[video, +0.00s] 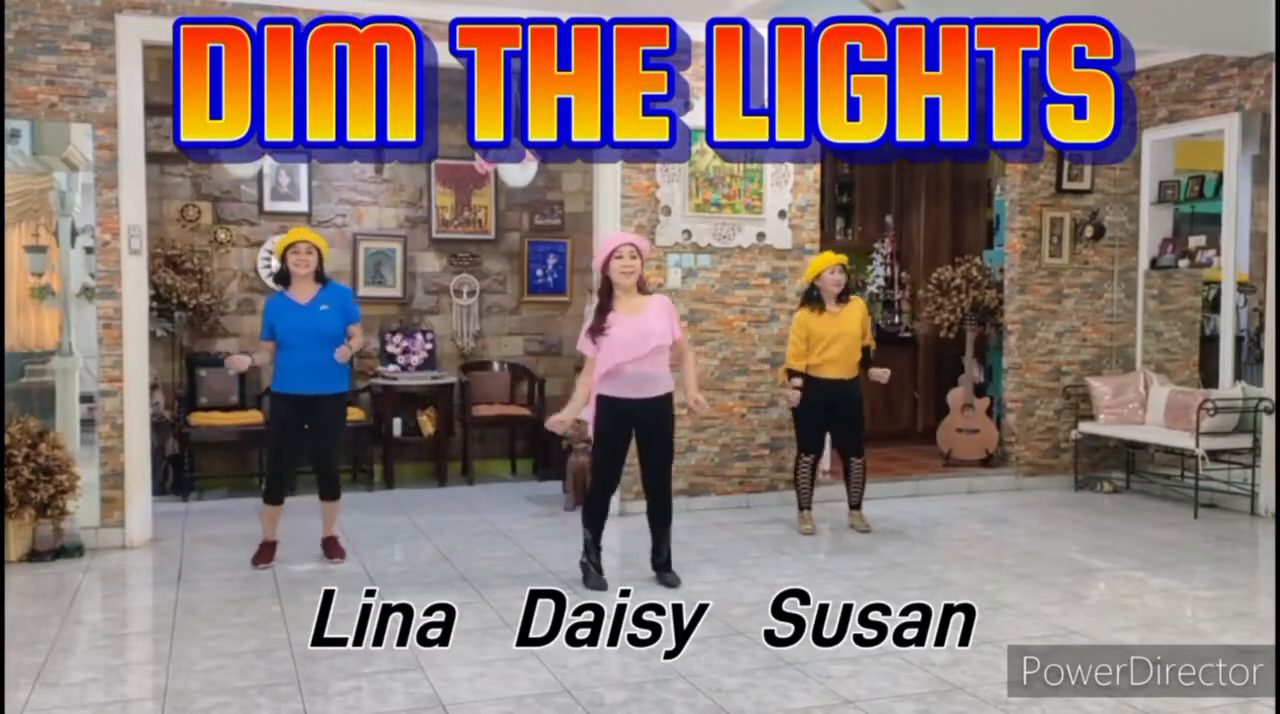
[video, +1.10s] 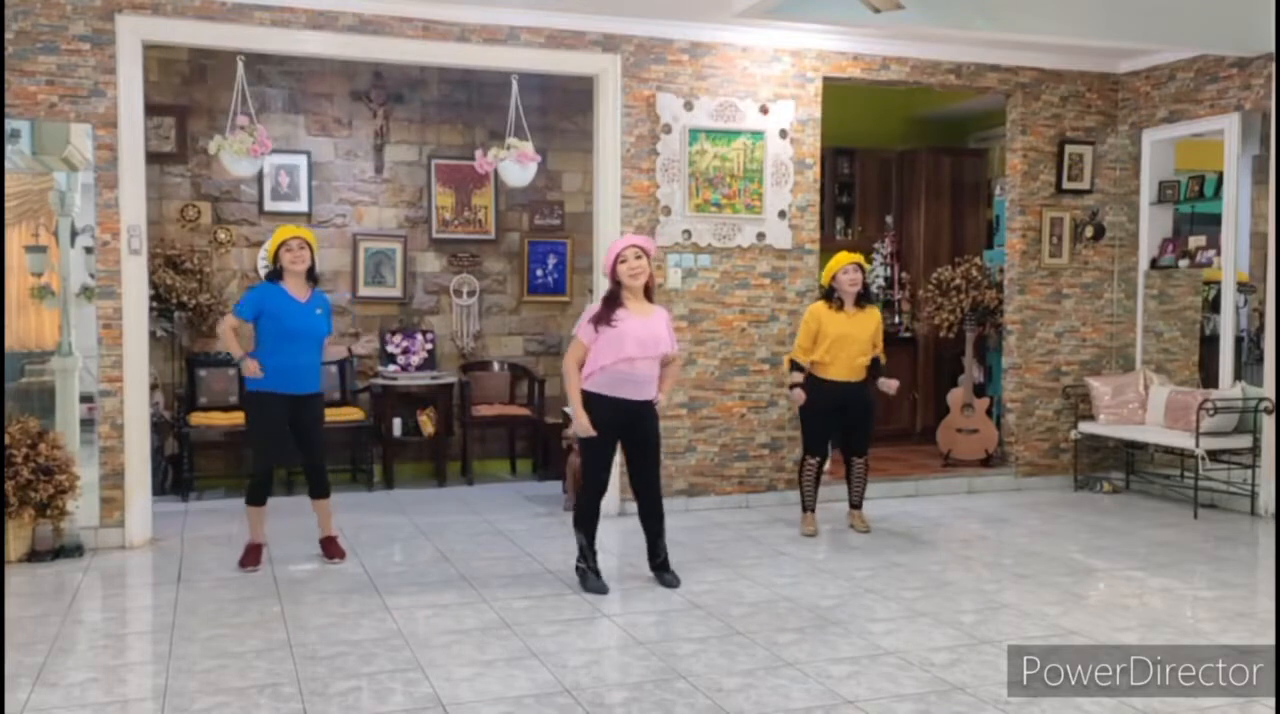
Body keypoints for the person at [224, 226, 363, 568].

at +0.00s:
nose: (302, 258)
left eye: (309, 252)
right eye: (296, 252)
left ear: (319, 259)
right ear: (285, 261)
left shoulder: (339, 294)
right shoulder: (275, 302)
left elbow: (357, 336)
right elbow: (268, 349)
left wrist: (349, 348)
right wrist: (249, 360)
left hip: (330, 395)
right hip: (285, 395)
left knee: (328, 467)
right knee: (277, 468)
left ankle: (330, 536)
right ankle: (269, 540)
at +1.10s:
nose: (296, 253)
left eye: (302, 248)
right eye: (289, 249)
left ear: (311, 257)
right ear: (278, 258)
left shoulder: (321, 301)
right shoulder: (263, 294)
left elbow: (322, 350)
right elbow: (225, 326)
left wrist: (351, 348)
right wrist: (242, 358)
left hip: (308, 394)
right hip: (266, 394)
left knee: (315, 464)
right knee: (262, 468)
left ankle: (328, 536)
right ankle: (255, 541)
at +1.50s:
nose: (272, 254)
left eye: (279, 249)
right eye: (265, 250)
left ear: (291, 257)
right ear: (256, 258)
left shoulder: (305, 304)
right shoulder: (239, 293)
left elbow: (303, 348)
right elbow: (203, 323)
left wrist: (306, 361)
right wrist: (189, 353)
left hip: (285, 396)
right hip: (241, 394)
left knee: (286, 466)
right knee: (246, 468)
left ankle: (278, 536)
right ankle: (253, 541)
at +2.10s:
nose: (272, 256)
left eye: (280, 250)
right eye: (266, 251)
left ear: (293, 258)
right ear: (258, 260)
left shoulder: (313, 296)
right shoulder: (249, 302)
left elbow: (331, 340)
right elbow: (243, 349)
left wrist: (312, 356)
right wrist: (209, 345)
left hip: (298, 396)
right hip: (254, 395)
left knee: (304, 464)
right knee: (253, 466)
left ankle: (326, 536)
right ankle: (254, 542)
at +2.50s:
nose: (299, 259)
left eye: (306, 253)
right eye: (291, 254)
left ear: (317, 260)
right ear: (282, 262)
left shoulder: (340, 293)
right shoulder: (276, 307)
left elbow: (359, 331)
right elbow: (271, 358)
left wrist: (360, 351)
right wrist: (255, 366)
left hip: (333, 395)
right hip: (289, 395)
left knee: (329, 465)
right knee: (278, 463)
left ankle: (330, 537)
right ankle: (272, 533)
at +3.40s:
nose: (294, 257)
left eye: (301, 251)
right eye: (287, 251)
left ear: (311, 259)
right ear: (276, 258)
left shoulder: (321, 300)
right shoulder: (263, 297)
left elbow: (326, 349)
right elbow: (232, 335)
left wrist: (354, 346)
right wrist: (261, 359)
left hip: (311, 395)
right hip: (269, 395)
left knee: (317, 465)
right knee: (265, 465)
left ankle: (327, 537)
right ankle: (256, 540)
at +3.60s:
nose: (282, 257)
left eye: (289, 252)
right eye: (275, 252)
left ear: (300, 260)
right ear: (264, 259)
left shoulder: (308, 304)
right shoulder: (247, 297)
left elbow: (308, 352)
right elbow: (209, 334)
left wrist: (326, 362)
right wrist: (220, 368)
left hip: (293, 399)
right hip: (250, 398)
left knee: (306, 465)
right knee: (253, 468)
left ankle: (319, 537)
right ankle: (255, 541)